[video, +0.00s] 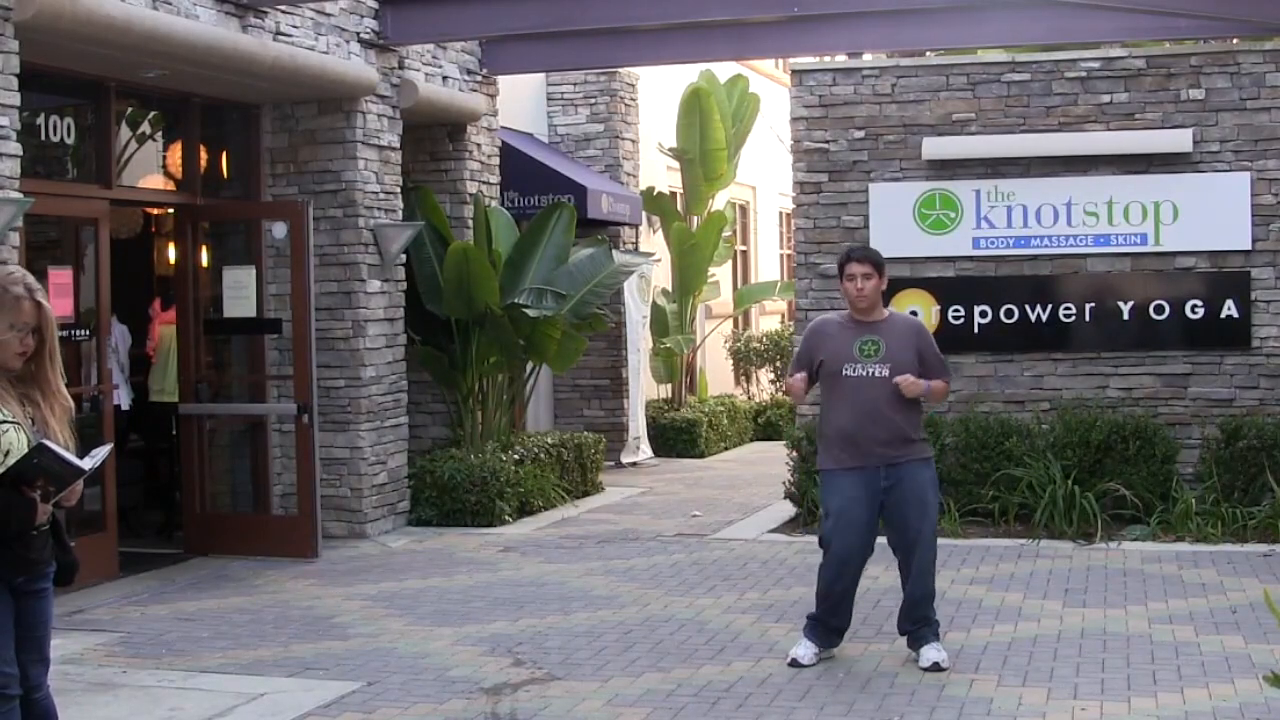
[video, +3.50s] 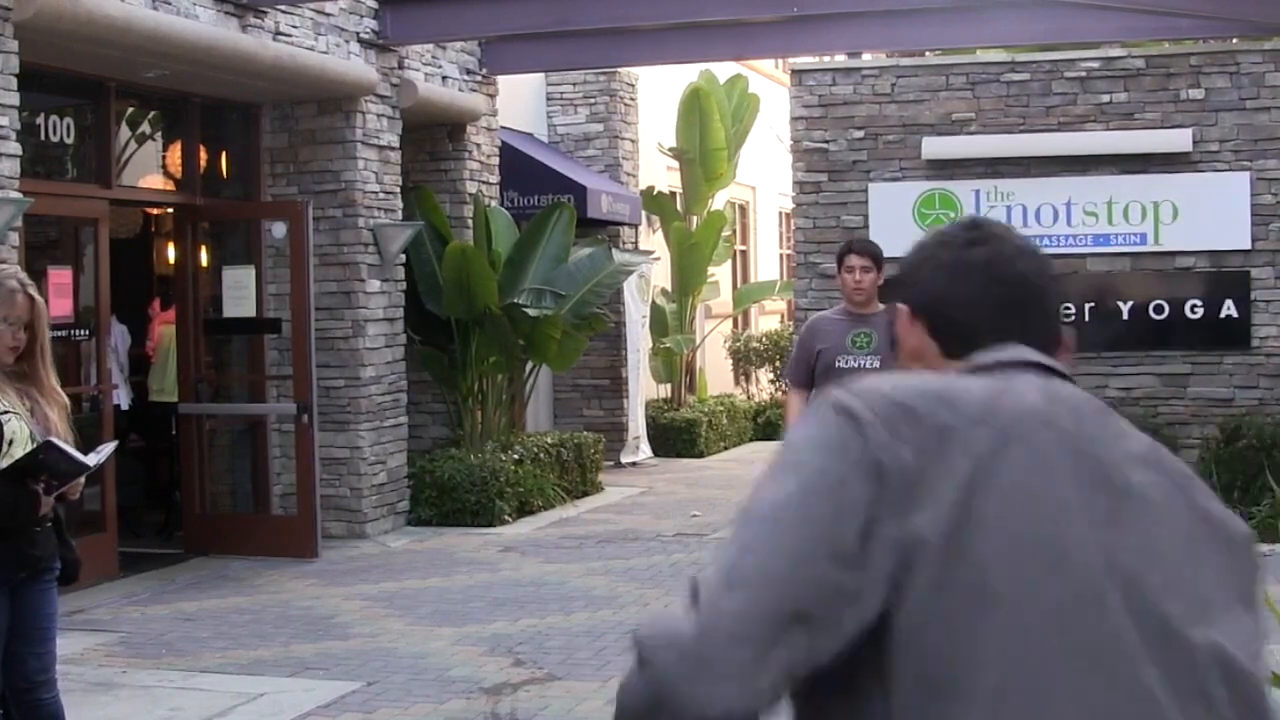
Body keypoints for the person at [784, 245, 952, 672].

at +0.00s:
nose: (859, 286)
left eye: (866, 278)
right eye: (850, 279)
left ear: (882, 282)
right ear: (841, 285)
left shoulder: (912, 329)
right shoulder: (821, 332)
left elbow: (941, 386)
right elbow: (799, 385)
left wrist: (921, 387)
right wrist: (796, 387)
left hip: (908, 459)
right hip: (844, 464)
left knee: (920, 548)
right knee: (842, 551)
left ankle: (925, 636)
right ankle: (820, 635)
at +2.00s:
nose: (859, 285)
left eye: (868, 277)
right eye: (851, 278)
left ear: (882, 282)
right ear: (841, 285)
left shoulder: (908, 330)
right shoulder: (823, 333)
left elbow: (938, 398)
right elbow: (795, 401)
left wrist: (918, 369)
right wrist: (806, 381)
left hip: (903, 466)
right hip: (839, 467)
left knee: (912, 553)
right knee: (833, 553)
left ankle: (923, 638)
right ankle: (818, 636)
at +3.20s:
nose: (855, 278)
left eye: (863, 270)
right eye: (847, 270)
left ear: (877, 275)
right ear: (836, 277)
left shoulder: (904, 325)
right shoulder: (813, 328)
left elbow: (928, 386)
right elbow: (793, 386)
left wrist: (920, 435)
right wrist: (796, 436)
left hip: (892, 462)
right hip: (831, 462)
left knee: (908, 553)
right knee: (826, 552)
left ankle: (923, 637)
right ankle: (817, 634)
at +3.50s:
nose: (857, 279)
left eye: (865, 270)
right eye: (849, 271)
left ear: (880, 277)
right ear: (839, 277)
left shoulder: (900, 324)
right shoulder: (817, 328)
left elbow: (915, 383)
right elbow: (797, 392)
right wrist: (797, 448)